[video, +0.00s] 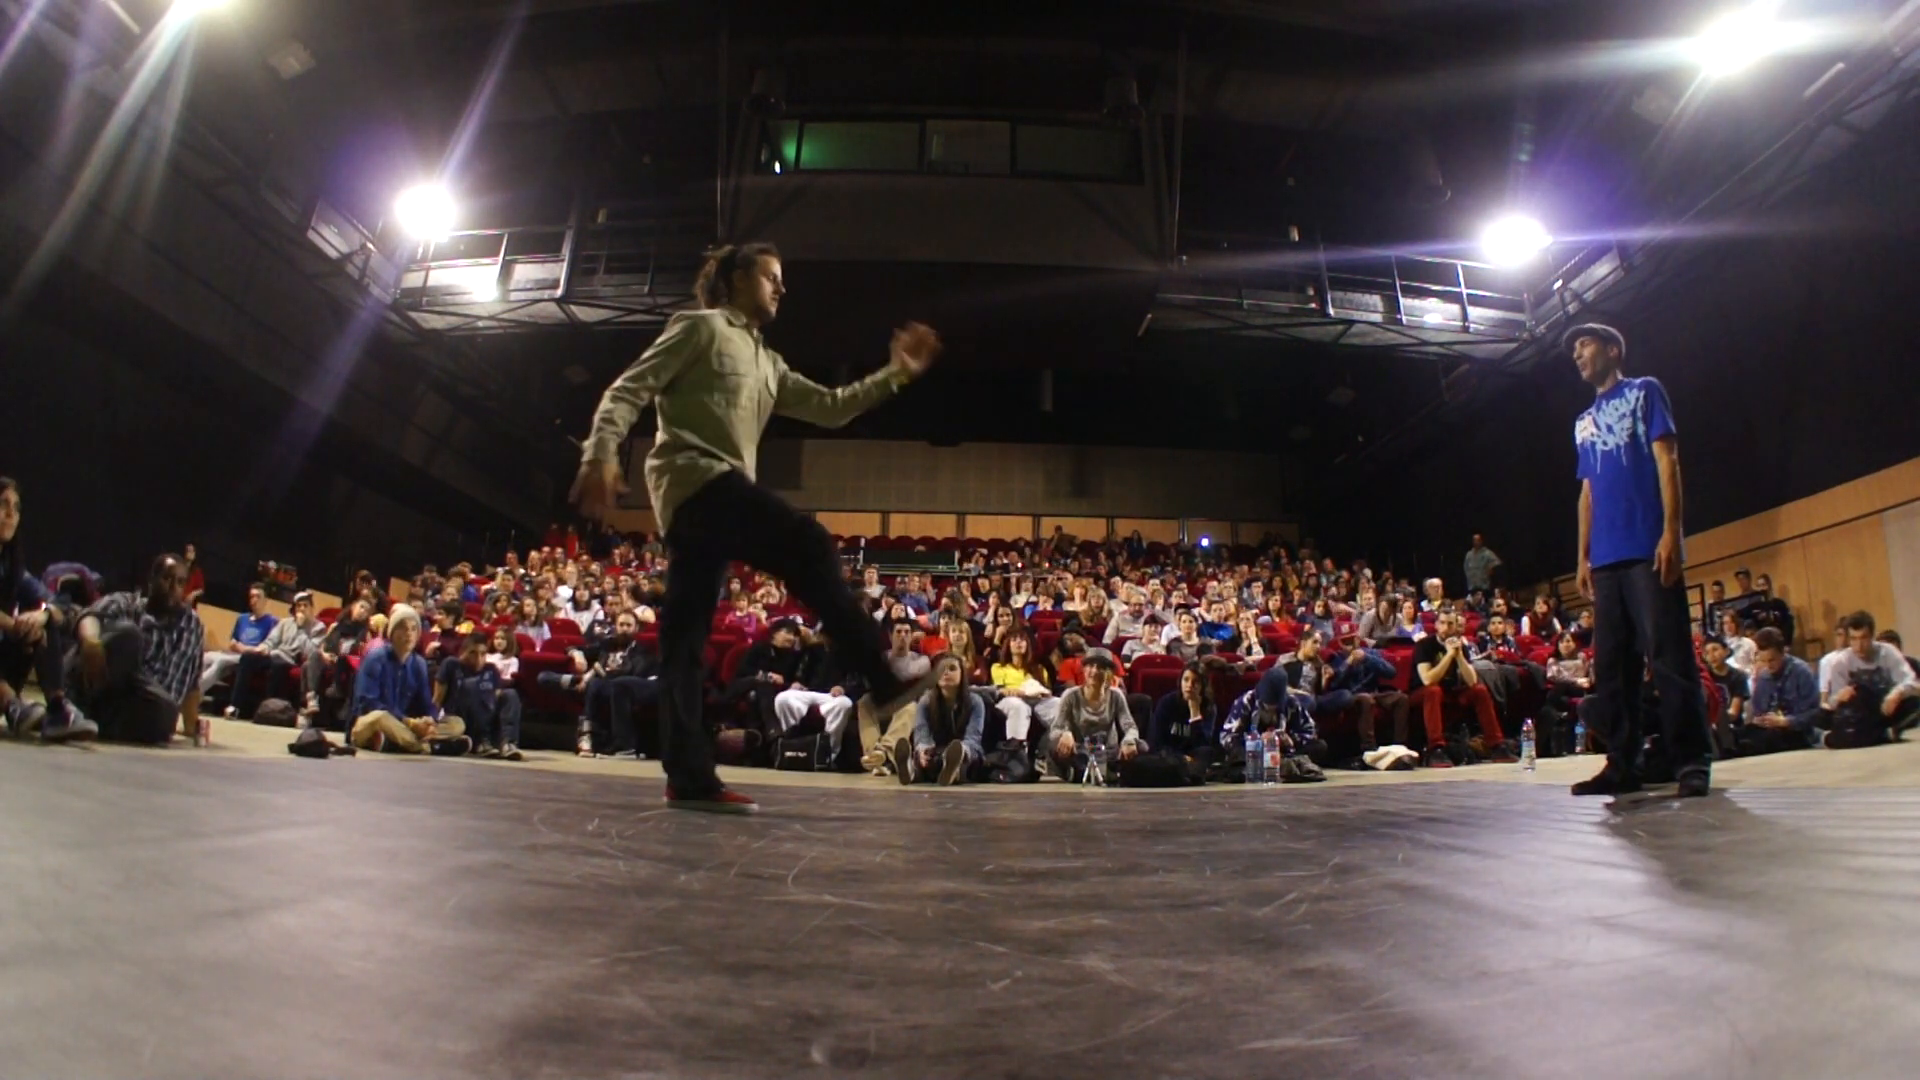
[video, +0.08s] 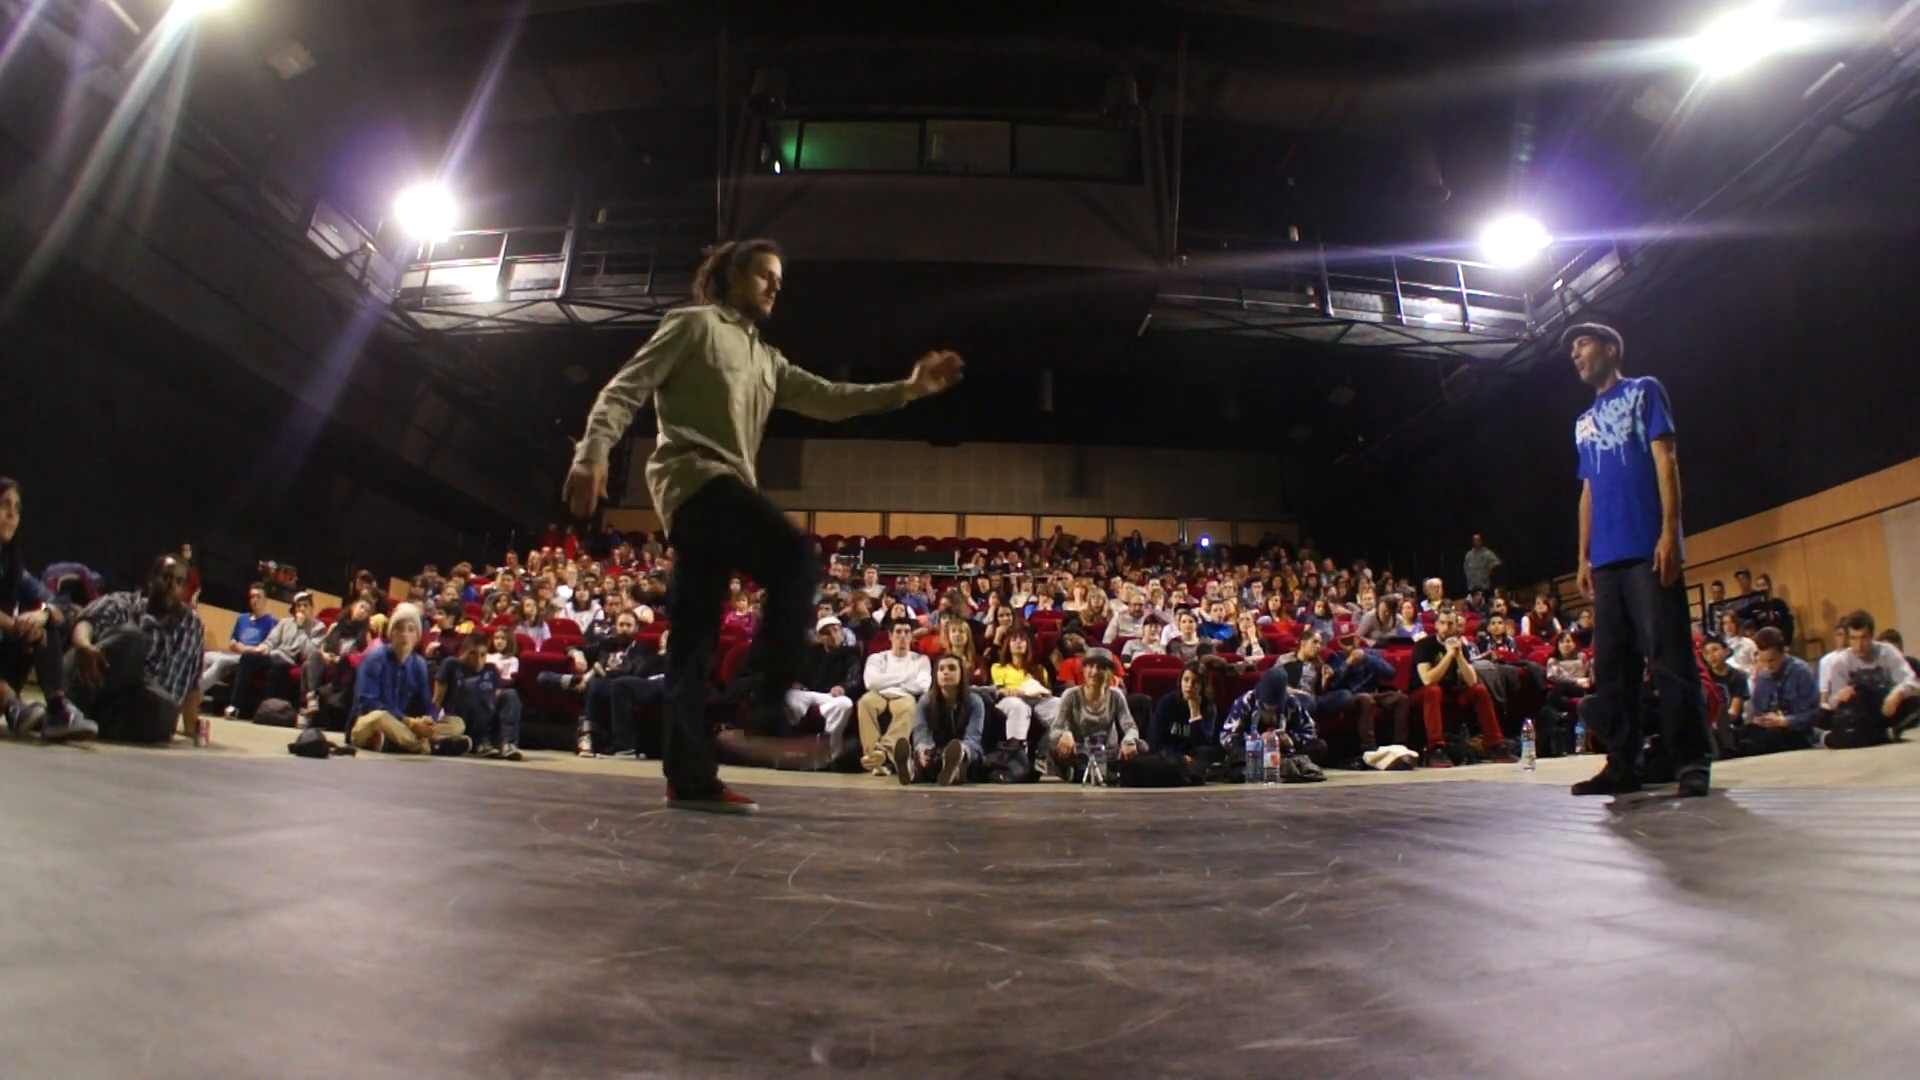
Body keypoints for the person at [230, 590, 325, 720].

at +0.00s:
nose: (302, 609)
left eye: (306, 606)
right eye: (299, 606)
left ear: (312, 609)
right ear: (294, 609)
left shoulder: (319, 628)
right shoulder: (286, 623)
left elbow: (310, 652)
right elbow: (271, 640)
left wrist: (301, 628)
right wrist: (264, 648)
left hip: (292, 660)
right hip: (273, 656)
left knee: (277, 666)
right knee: (248, 657)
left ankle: (270, 709)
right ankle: (235, 706)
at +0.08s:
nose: (302, 609)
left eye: (306, 606)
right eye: (298, 606)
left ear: (312, 609)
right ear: (294, 609)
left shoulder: (319, 628)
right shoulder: (285, 623)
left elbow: (310, 652)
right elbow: (271, 640)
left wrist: (301, 628)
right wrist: (264, 648)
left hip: (292, 660)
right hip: (273, 656)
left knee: (277, 666)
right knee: (247, 658)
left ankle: (271, 709)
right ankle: (235, 706)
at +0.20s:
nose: (302, 609)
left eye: (306, 606)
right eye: (299, 606)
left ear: (312, 609)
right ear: (294, 608)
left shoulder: (319, 628)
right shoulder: (286, 623)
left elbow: (310, 652)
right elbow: (271, 640)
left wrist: (301, 628)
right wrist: (264, 648)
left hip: (292, 660)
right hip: (273, 656)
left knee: (277, 666)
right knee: (247, 658)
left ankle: (271, 709)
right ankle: (235, 706)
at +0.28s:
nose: (302, 609)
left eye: (306, 606)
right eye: (299, 606)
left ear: (312, 609)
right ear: (294, 609)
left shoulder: (319, 628)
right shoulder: (286, 623)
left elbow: (310, 652)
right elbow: (271, 640)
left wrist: (301, 628)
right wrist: (264, 648)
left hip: (292, 660)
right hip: (273, 656)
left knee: (277, 666)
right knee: (247, 657)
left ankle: (271, 709)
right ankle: (235, 706)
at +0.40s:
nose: (302, 609)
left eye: (305, 606)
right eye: (299, 606)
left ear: (312, 608)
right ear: (294, 608)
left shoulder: (319, 628)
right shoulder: (285, 623)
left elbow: (310, 652)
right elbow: (271, 640)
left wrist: (300, 627)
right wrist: (265, 647)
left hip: (292, 661)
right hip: (273, 656)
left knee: (277, 667)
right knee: (248, 657)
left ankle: (270, 709)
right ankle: (235, 705)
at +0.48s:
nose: (302, 609)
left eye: (306, 606)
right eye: (299, 606)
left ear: (312, 608)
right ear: (294, 608)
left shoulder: (319, 628)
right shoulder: (285, 623)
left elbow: (310, 652)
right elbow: (271, 640)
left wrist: (301, 627)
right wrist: (264, 648)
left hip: (292, 660)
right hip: (273, 656)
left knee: (277, 666)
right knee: (248, 657)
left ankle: (270, 709)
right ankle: (235, 705)